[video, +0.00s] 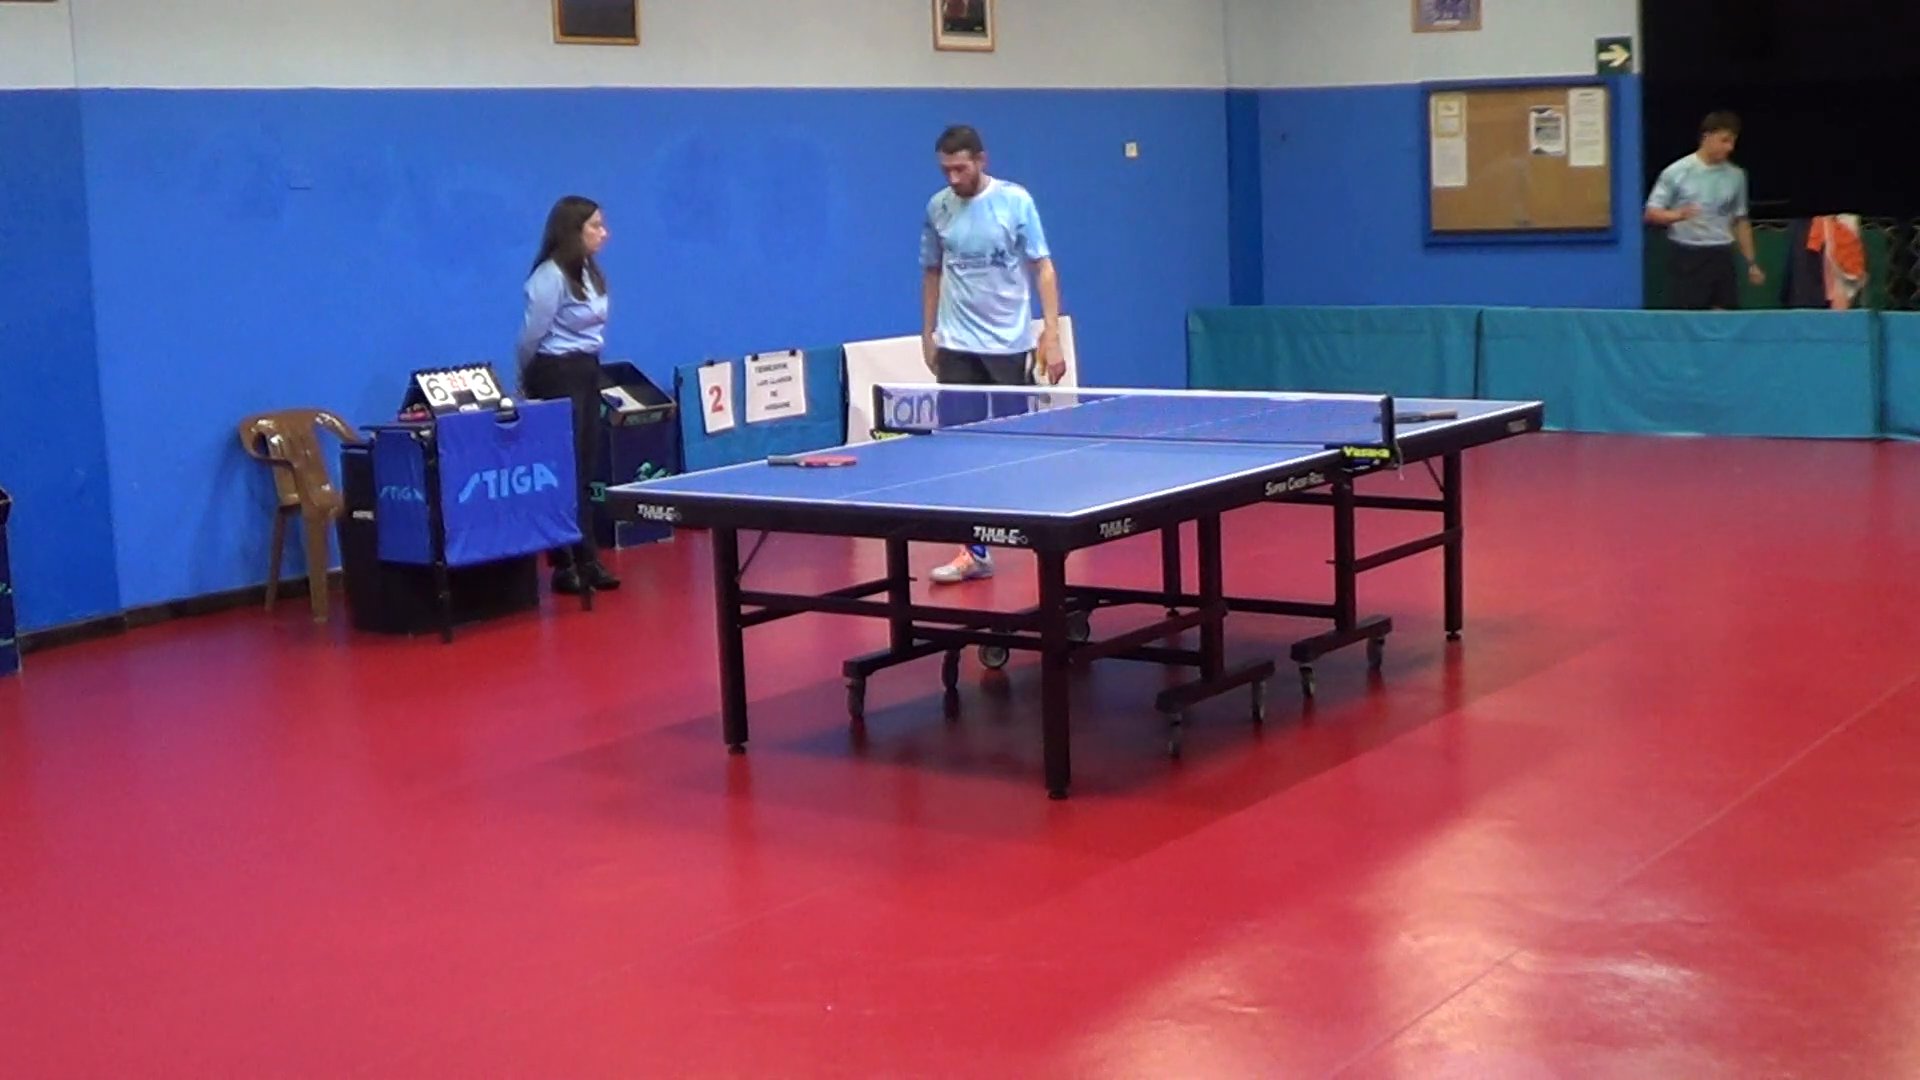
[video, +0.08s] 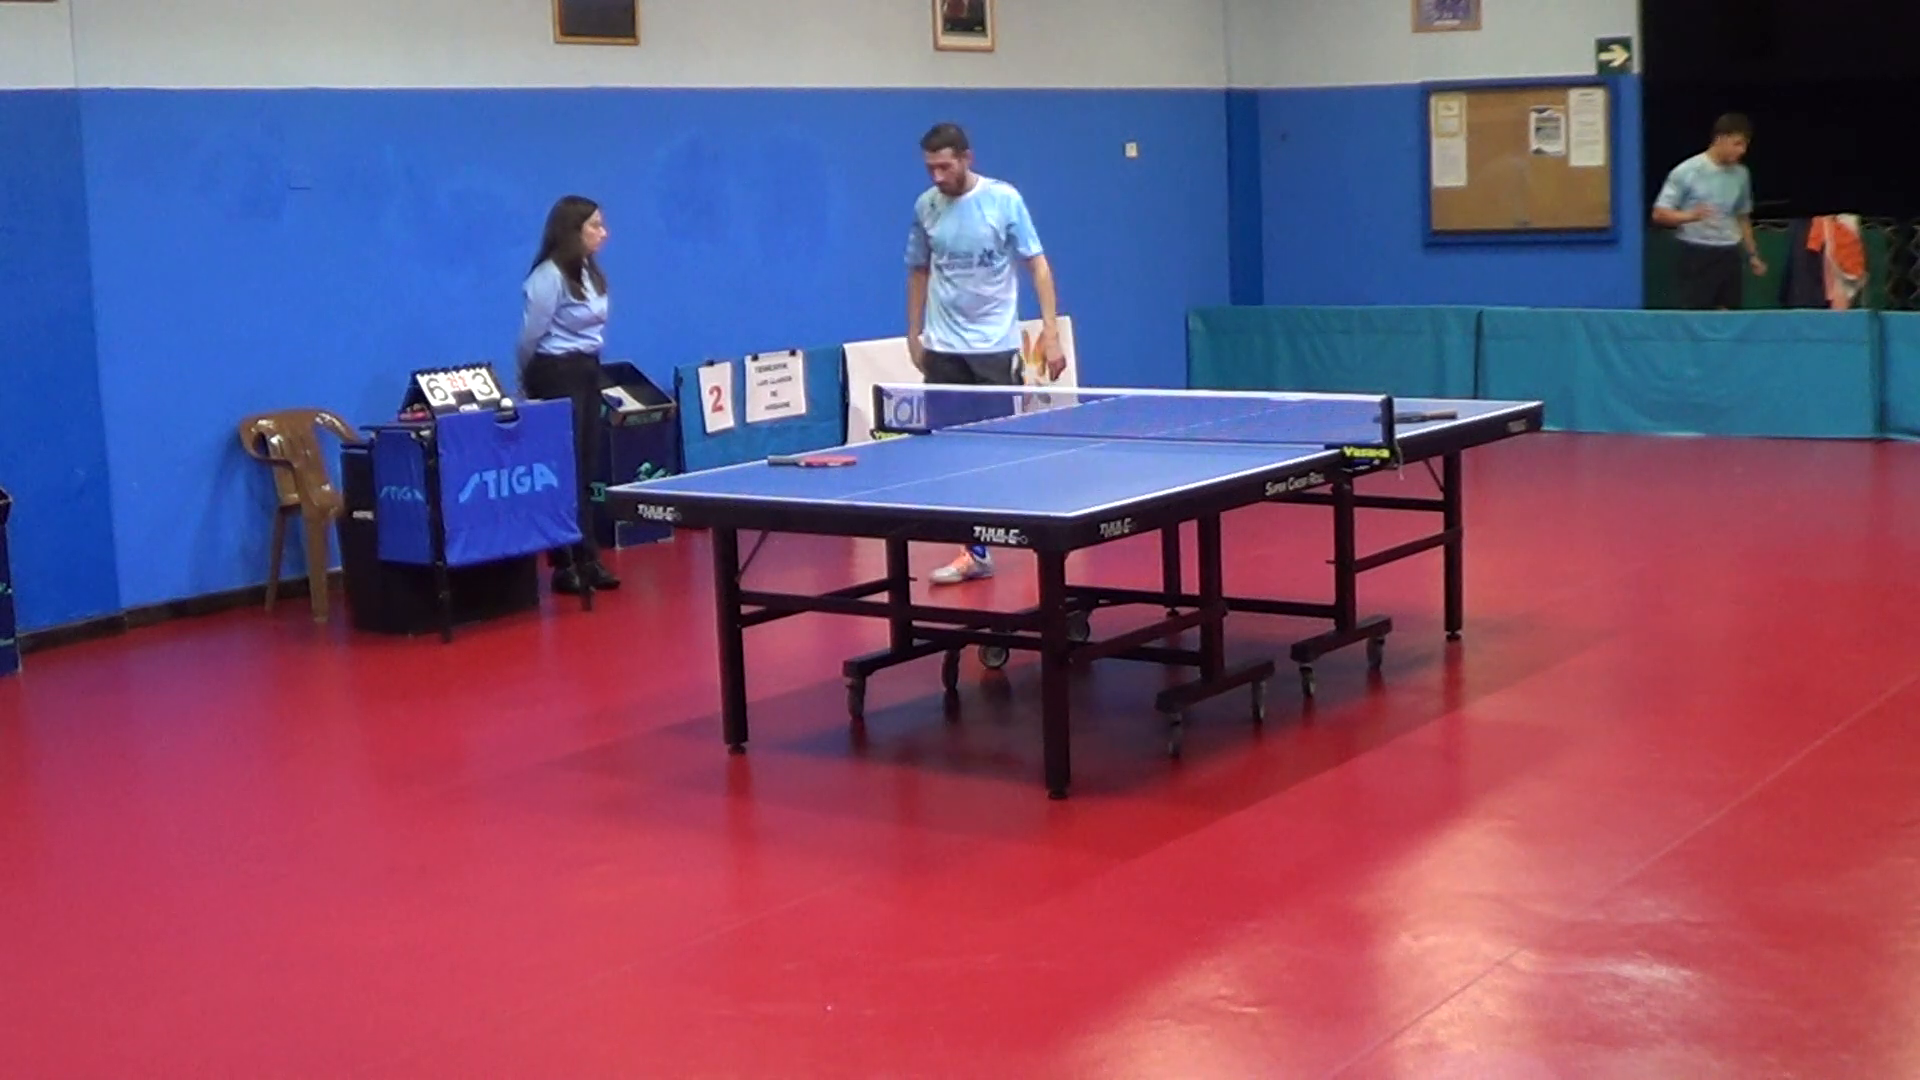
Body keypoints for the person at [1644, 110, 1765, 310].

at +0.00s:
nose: (1730, 147)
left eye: (1733, 142)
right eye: (1725, 140)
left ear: (1735, 143)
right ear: (1706, 137)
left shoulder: (1736, 176)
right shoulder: (1676, 172)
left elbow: (1741, 221)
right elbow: (1651, 213)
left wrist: (1751, 262)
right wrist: (1678, 215)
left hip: (1721, 253)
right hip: (1686, 252)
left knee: (1724, 315)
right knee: (1687, 317)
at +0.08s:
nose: (1742, 150)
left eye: (1744, 145)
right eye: (1737, 143)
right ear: (1719, 139)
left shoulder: (1741, 174)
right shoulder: (1687, 171)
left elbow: (1743, 218)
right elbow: (1659, 213)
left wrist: (1753, 254)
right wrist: (1690, 216)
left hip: (1730, 252)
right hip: (1696, 251)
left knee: (1728, 315)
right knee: (1694, 316)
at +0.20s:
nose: (1756, 154)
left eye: (1759, 148)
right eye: (1753, 147)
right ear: (1735, 141)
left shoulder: (1747, 176)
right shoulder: (1700, 170)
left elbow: (1746, 221)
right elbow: (1672, 214)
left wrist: (1753, 264)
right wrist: (1710, 217)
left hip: (1736, 251)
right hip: (1705, 249)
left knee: (1735, 314)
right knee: (1706, 315)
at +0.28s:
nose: (1763, 154)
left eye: (1766, 148)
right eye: (1761, 146)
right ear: (1744, 139)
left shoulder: (1749, 174)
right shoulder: (1708, 168)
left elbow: (1747, 223)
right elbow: (1682, 212)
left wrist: (1756, 262)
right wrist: (1724, 219)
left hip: (1739, 250)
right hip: (1711, 248)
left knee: (1739, 313)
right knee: (1716, 313)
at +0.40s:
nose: (1773, 155)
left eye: (1775, 150)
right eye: (1771, 148)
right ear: (1755, 139)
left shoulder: (1752, 176)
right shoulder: (1722, 167)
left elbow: (1750, 226)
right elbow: (1699, 212)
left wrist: (1759, 265)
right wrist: (1748, 221)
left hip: (1743, 249)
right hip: (1721, 247)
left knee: (1744, 315)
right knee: (1730, 315)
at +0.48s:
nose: (1780, 156)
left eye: (1783, 151)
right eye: (1779, 149)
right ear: (1764, 140)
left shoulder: (1754, 172)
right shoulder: (1731, 167)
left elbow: (1752, 225)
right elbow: (1712, 211)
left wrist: (1764, 263)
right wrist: (1760, 223)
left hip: (1747, 251)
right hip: (1728, 249)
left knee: (1750, 317)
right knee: (1742, 317)